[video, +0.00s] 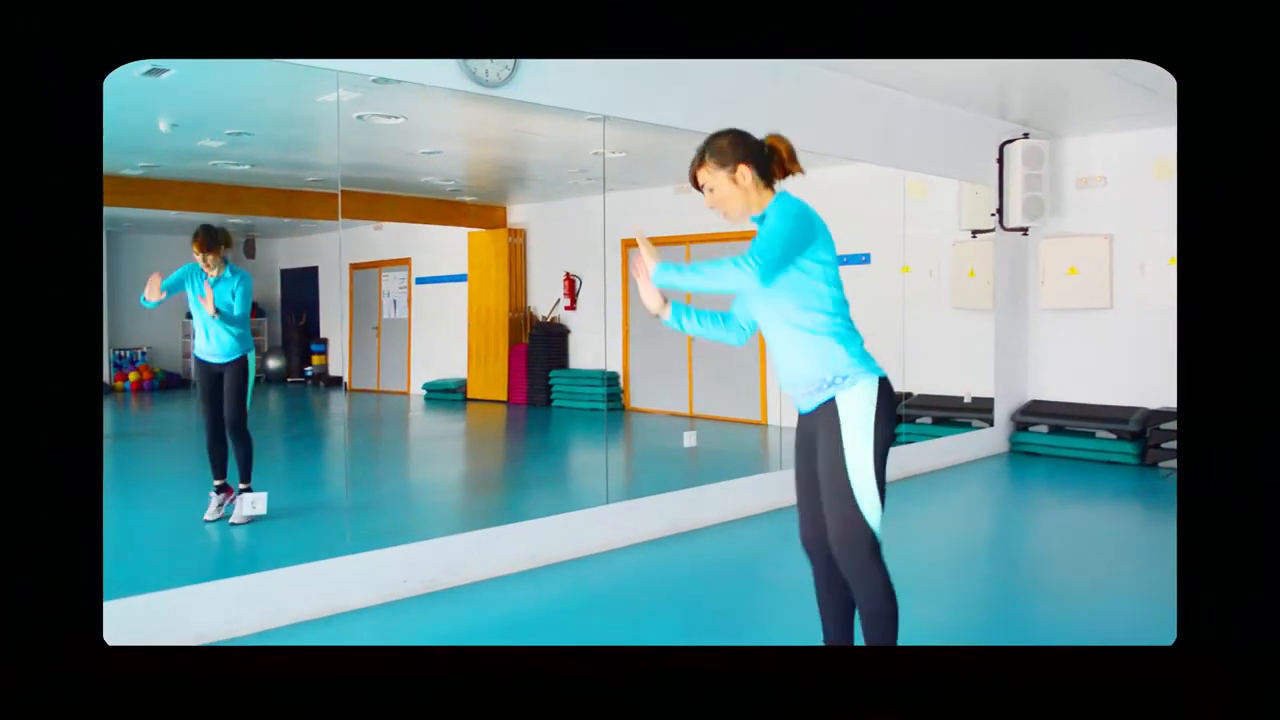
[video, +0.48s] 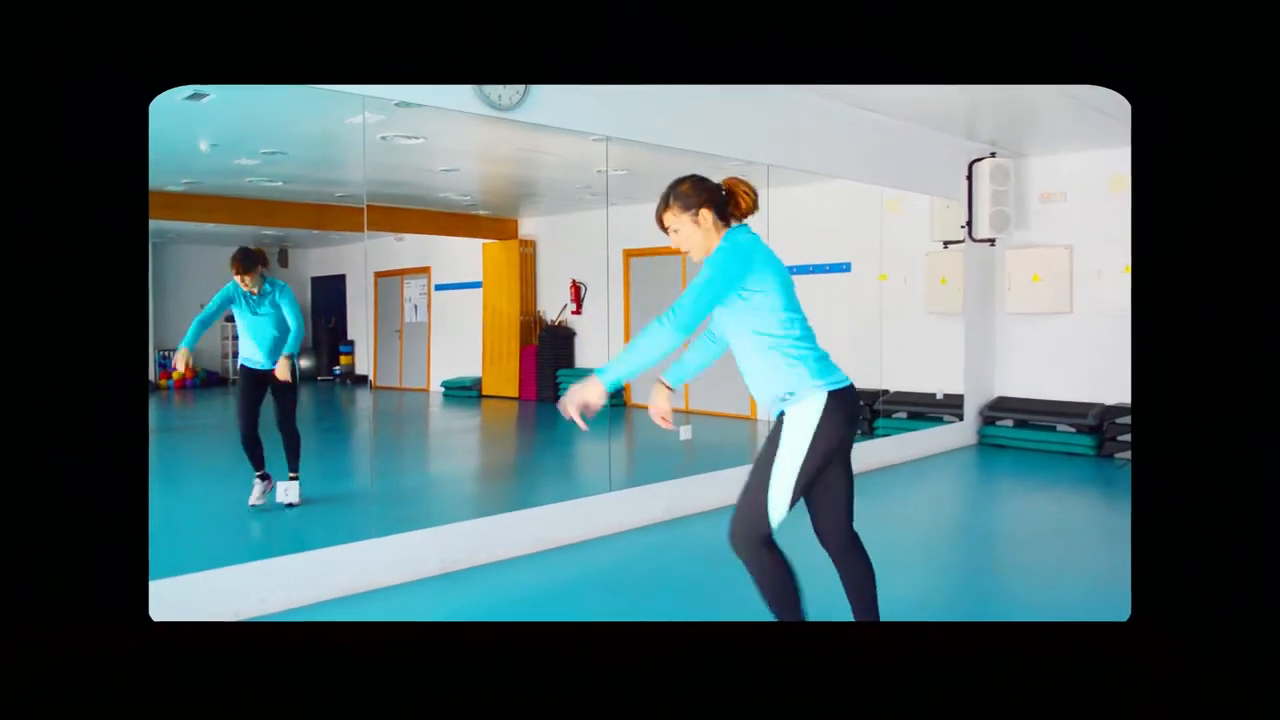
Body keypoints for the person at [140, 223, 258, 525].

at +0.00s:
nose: (205, 261)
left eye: (209, 255)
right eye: (200, 256)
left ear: (223, 250)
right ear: (195, 253)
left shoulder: (240, 279)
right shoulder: (189, 273)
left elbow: (242, 323)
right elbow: (152, 299)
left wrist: (214, 312)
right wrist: (149, 295)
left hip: (237, 358)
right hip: (205, 359)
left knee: (235, 423)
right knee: (213, 425)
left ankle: (245, 493)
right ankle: (221, 490)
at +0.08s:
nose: (208, 255)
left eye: (213, 249)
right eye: (205, 249)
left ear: (226, 245)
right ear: (202, 247)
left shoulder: (245, 267)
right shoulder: (196, 261)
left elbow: (245, 302)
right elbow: (151, 278)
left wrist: (216, 282)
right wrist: (161, 269)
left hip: (247, 348)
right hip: (215, 349)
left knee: (247, 414)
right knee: (222, 414)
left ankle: (252, 480)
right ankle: (228, 478)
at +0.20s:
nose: (218, 254)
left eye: (221, 250)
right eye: (215, 250)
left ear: (234, 249)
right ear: (213, 252)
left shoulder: (257, 271)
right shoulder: (212, 270)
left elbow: (249, 278)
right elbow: (180, 265)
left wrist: (223, 261)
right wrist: (181, 249)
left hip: (259, 352)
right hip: (229, 354)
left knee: (261, 416)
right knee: (240, 418)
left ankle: (269, 480)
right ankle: (249, 479)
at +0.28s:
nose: (231, 278)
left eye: (235, 273)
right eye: (227, 273)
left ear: (246, 269)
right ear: (223, 273)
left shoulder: (263, 289)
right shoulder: (222, 290)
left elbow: (262, 281)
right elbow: (198, 276)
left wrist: (241, 261)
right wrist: (193, 257)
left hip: (267, 367)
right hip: (238, 369)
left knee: (269, 427)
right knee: (250, 429)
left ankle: (279, 486)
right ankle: (262, 483)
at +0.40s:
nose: (241, 286)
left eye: (244, 280)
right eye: (236, 281)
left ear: (256, 274)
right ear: (233, 279)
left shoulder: (274, 289)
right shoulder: (231, 292)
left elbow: (283, 305)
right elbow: (210, 298)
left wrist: (262, 308)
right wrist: (194, 302)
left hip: (278, 369)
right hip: (247, 371)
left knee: (279, 427)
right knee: (251, 433)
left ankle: (287, 482)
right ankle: (267, 476)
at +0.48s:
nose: (242, 281)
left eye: (246, 275)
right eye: (238, 276)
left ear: (260, 269)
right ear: (234, 274)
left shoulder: (280, 291)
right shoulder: (232, 291)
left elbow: (297, 326)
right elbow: (206, 317)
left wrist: (287, 357)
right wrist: (186, 346)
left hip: (282, 366)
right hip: (251, 368)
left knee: (286, 423)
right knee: (247, 428)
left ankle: (293, 479)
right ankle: (262, 478)